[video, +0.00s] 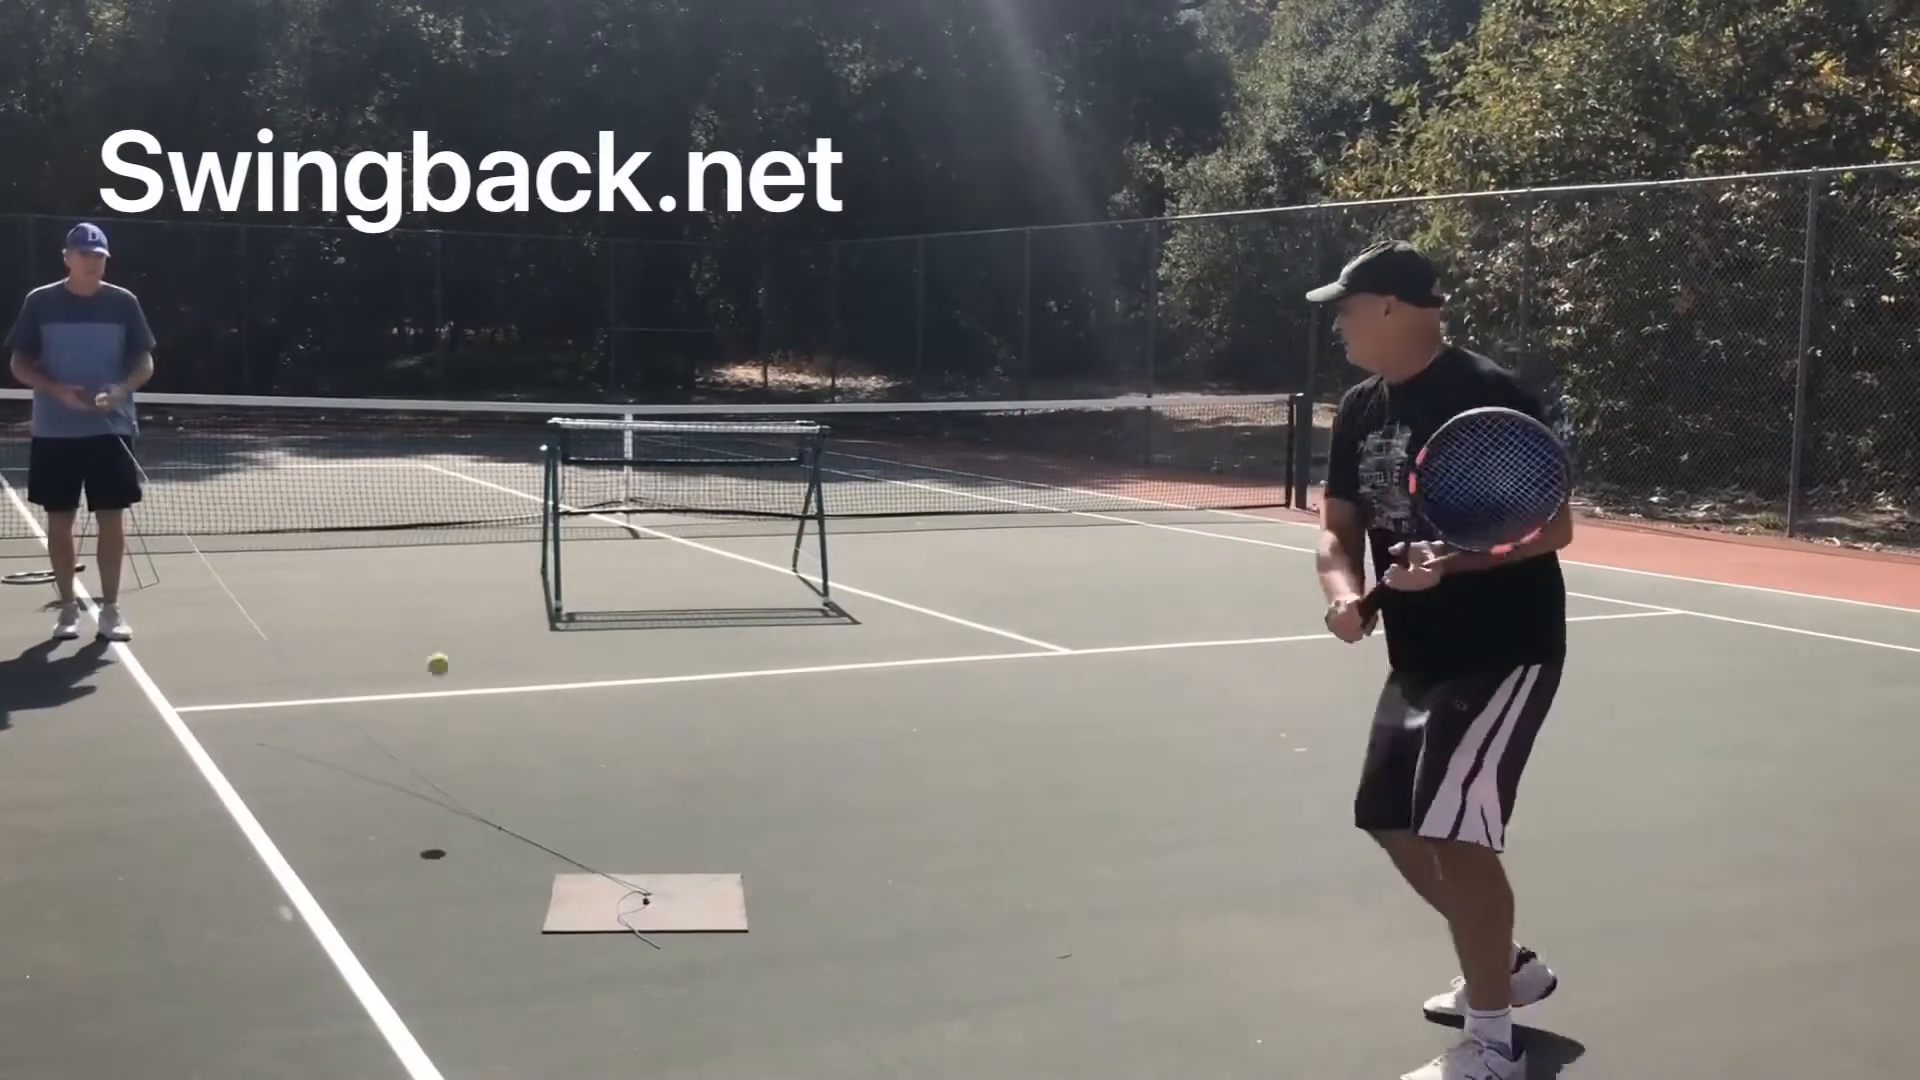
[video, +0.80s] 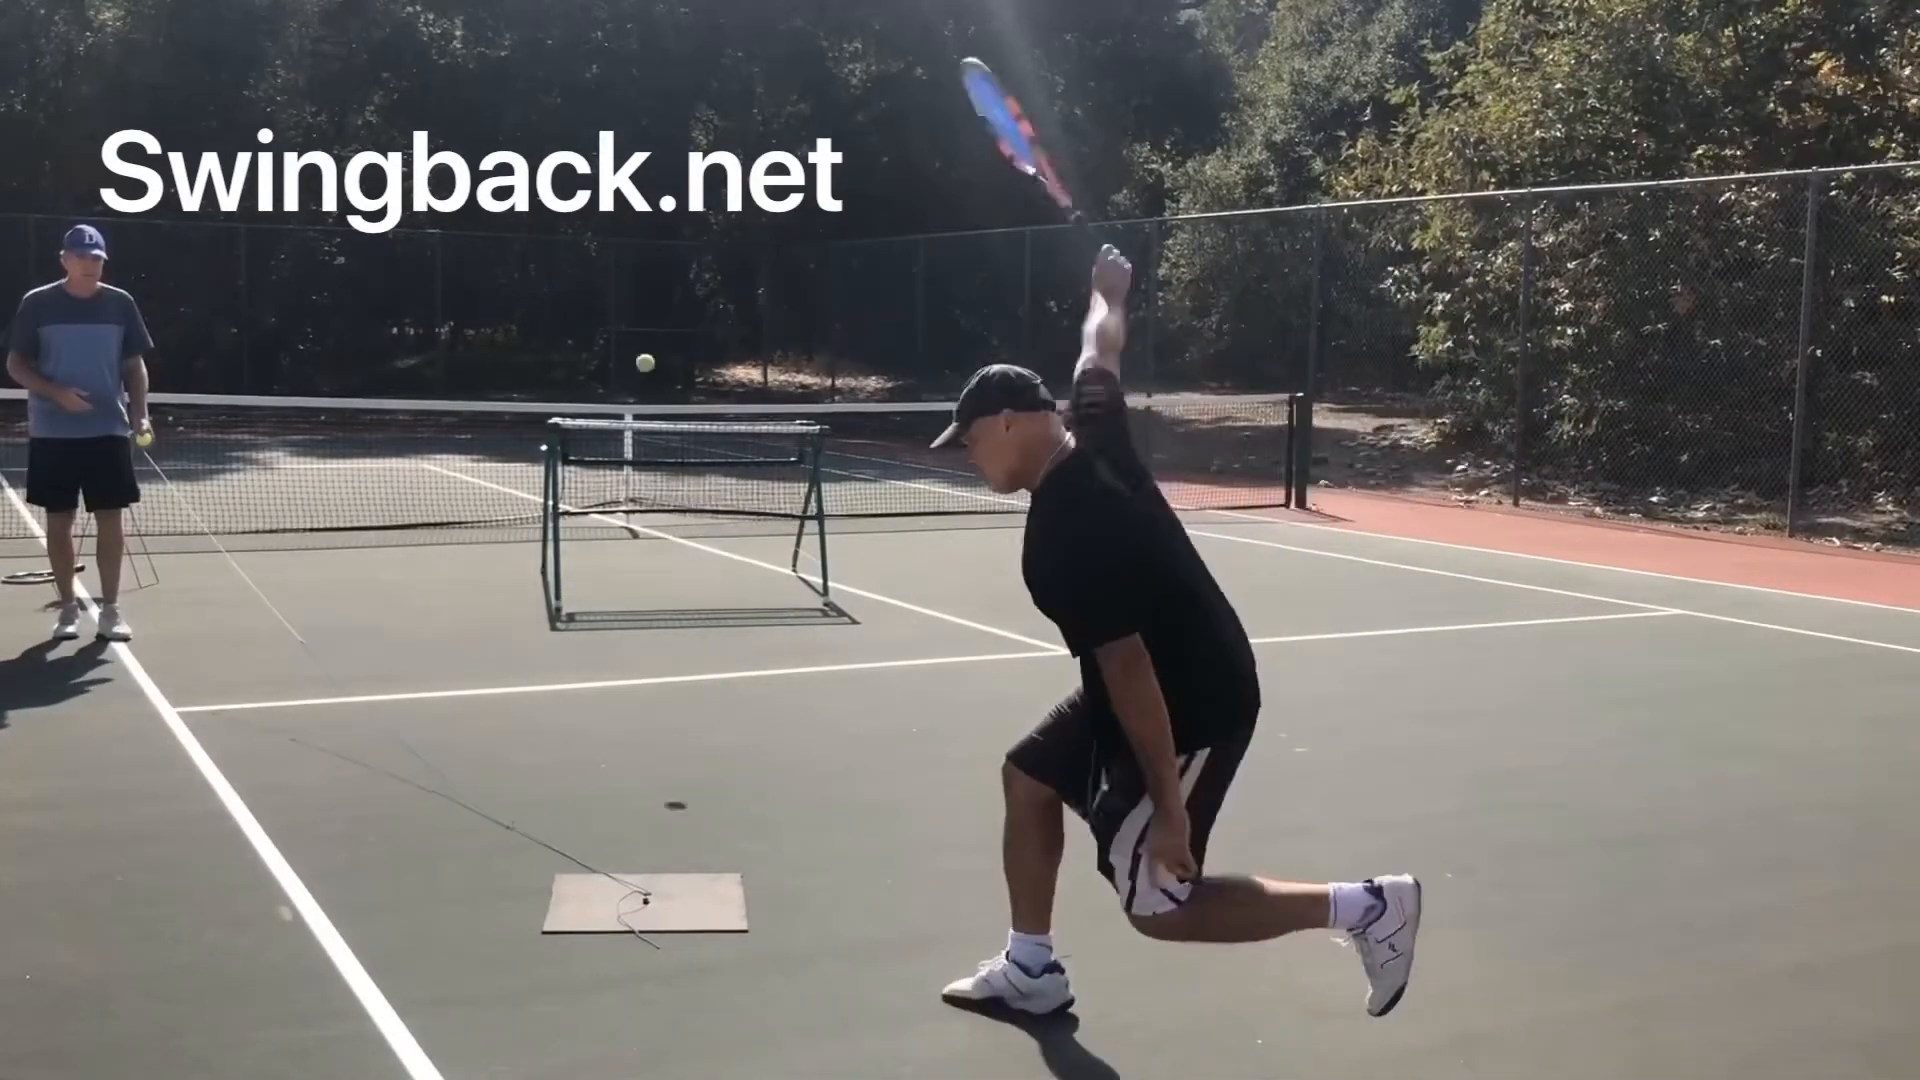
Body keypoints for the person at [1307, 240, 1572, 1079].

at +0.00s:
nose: (1338, 325)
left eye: (1350, 310)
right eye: (1340, 312)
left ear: (1400, 312)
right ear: (1385, 316)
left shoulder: (1501, 399)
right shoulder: (1361, 411)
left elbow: (1552, 528)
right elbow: (1338, 533)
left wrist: (1451, 562)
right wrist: (1344, 589)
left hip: (1507, 651)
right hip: (1421, 654)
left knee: (1455, 826)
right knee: (1392, 816)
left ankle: (1492, 1046)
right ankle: (1509, 968)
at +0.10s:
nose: (1304, 333)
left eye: (1316, 318)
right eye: (1306, 319)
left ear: (1363, 323)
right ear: (1354, 326)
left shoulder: (1465, 405)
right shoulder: (1326, 416)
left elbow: (1544, 526)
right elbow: (1304, 539)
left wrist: (1442, 548)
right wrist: (1322, 587)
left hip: (1480, 659)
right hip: (1388, 653)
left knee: (1437, 839)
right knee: (1317, 795)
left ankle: (1489, 1042)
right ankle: (1424, 943)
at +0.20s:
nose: (1261, 342)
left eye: (1272, 325)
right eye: (1262, 327)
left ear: (1323, 328)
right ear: (1309, 333)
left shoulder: (1424, 398)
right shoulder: (1288, 423)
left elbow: (1515, 508)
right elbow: (1270, 530)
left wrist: (1420, 519)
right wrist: (1292, 572)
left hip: (1451, 656)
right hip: (1360, 642)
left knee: (1419, 830)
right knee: (1262, 780)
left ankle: (1486, 1041)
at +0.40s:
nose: (1151, 378)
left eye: (1161, 362)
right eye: (1152, 364)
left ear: (1209, 360)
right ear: (1201, 365)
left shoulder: (1314, 412)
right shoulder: (1177, 451)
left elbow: (1418, 510)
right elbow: (1189, 556)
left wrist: (1361, 526)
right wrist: (1235, 597)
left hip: (1356, 669)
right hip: (1265, 658)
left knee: (1355, 852)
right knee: (1160, 790)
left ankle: (1482, 1040)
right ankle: (1069, 958)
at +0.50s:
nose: (1084, 402)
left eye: (1095, 385)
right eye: (1084, 387)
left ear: (1147, 379)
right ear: (1131, 385)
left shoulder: (1252, 443)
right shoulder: (1113, 485)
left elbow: (1322, 556)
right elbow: (1138, 595)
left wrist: (1309, 624)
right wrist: (1189, 674)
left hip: (1291, 687)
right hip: (1195, 684)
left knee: (1304, 875)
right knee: (1081, 785)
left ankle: (1471, 1029)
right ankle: (1035, 968)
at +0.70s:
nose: (1010, 440)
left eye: (1015, 424)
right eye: (1009, 426)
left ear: (1053, 414)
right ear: (1059, 409)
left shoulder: (1107, 510)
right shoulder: (1096, 465)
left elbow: (1165, 660)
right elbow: (993, 485)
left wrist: (1222, 787)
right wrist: (922, 507)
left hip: (1189, 725)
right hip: (1132, 697)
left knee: (1203, 917)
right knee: (1023, 772)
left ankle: (1413, 917)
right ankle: (1029, 966)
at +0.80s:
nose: (971, 456)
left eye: (974, 438)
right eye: (967, 441)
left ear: (1012, 424)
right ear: (1028, 417)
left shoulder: (1063, 537)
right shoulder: (1097, 429)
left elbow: (1131, 678)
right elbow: (1102, 343)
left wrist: (1169, 812)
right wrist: (1109, 288)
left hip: (1198, 709)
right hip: (1143, 677)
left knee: (1158, 906)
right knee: (1031, 774)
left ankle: (1367, 909)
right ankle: (1030, 962)